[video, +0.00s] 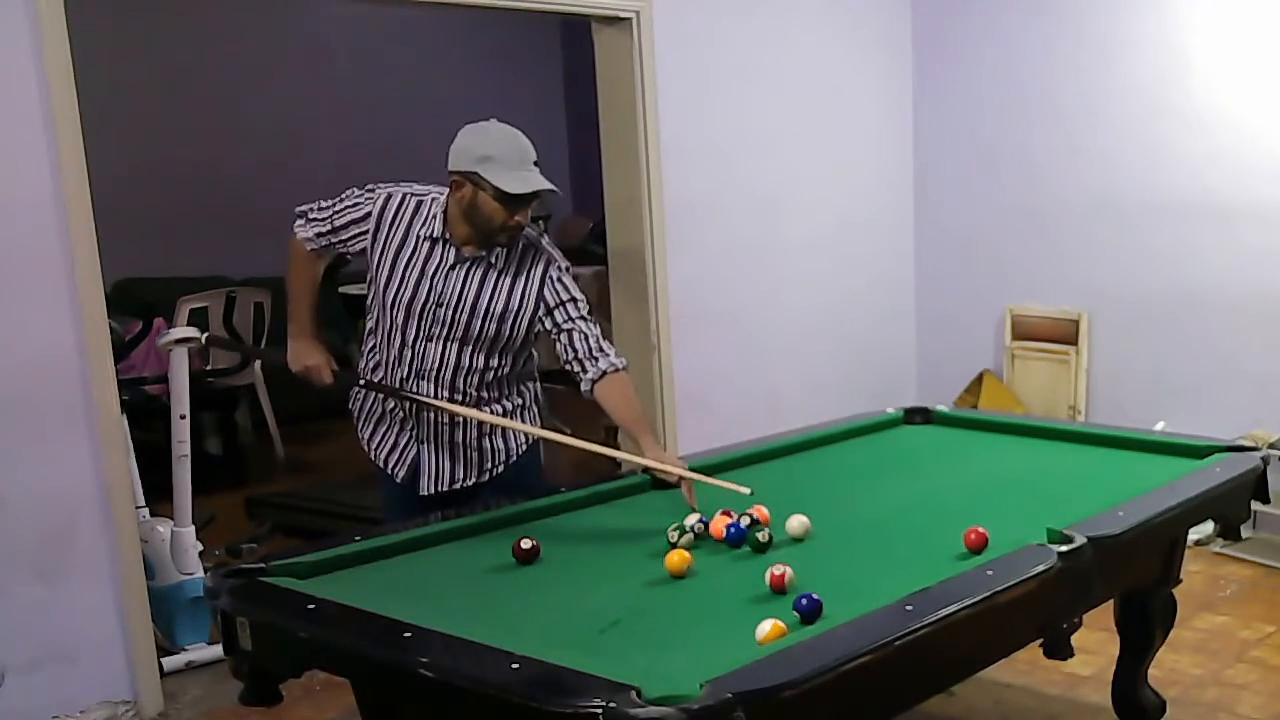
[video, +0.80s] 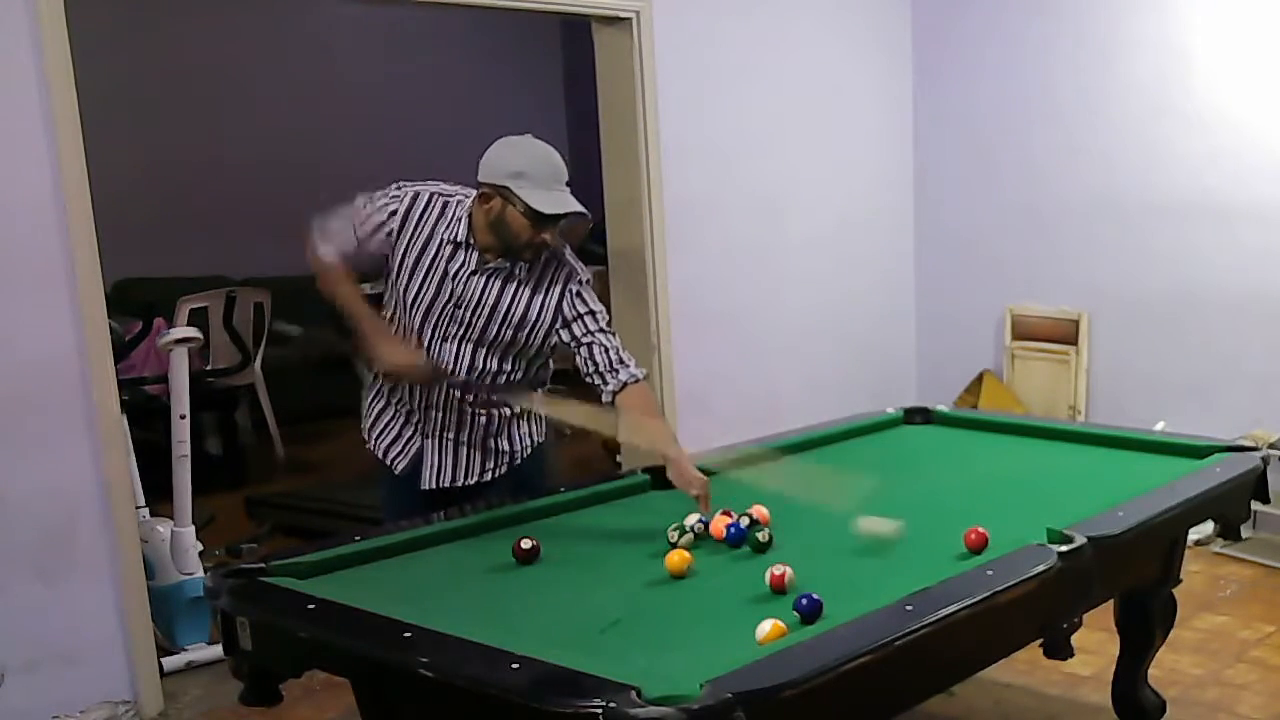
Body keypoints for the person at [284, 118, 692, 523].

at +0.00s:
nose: (523, 216)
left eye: (530, 201)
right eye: (510, 200)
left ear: (535, 195)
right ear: (462, 187)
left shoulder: (541, 266)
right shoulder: (388, 211)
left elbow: (593, 358)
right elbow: (310, 232)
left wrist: (647, 440)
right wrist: (301, 335)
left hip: (499, 442)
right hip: (404, 439)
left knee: (526, 579)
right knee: (418, 592)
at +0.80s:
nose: (549, 235)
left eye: (555, 221)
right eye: (537, 219)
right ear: (492, 200)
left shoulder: (563, 280)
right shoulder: (413, 211)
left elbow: (619, 376)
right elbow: (323, 243)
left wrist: (672, 457)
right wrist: (379, 339)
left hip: (507, 446)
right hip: (408, 437)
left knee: (523, 584)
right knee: (413, 590)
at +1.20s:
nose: (555, 202)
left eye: (562, 189)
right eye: (544, 185)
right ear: (502, 167)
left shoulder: (566, 254)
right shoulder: (410, 206)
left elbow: (608, 339)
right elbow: (329, 269)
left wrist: (620, 413)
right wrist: (363, 320)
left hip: (514, 449)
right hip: (411, 442)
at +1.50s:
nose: (500, 164)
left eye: (506, 150)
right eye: (485, 147)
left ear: (511, 150)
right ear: (443, 139)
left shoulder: (524, 229)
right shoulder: (368, 207)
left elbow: (547, 311)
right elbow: (310, 287)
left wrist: (548, 385)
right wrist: (350, 336)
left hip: (499, 436)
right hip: (402, 435)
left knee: (509, 573)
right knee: (408, 580)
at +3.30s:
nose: (439, 151)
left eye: (449, 137)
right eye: (423, 139)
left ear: (463, 139)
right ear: (397, 139)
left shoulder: (507, 214)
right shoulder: (369, 209)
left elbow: (556, 299)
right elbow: (349, 276)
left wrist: (539, 373)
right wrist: (343, 328)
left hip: (491, 422)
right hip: (401, 422)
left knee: (490, 558)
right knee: (398, 561)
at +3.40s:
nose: (414, 151)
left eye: (424, 137)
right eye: (398, 139)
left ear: (438, 139)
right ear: (372, 140)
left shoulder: (485, 213)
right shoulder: (347, 212)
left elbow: (537, 296)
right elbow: (334, 289)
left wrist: (520, 374)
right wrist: (330, 337)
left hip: (477, 425)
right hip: (386, 428)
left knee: (483, 565)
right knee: (385, 569)